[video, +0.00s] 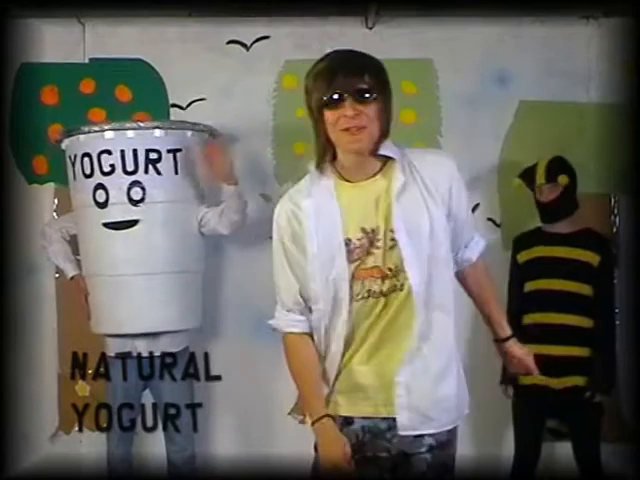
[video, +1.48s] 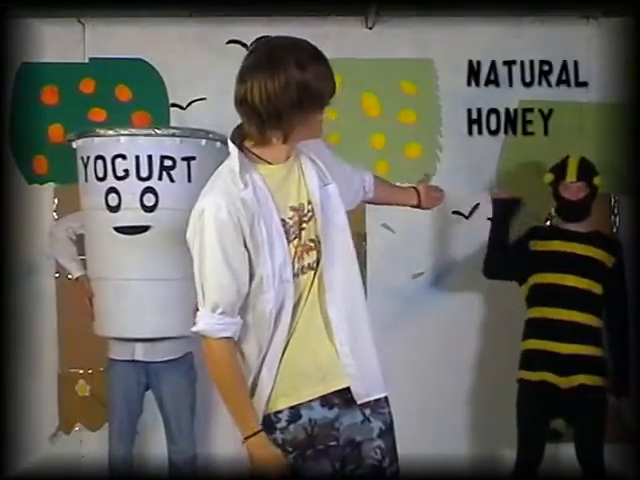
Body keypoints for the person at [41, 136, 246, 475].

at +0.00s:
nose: (136, 193)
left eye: (145, 186)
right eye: (129, 186)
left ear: (159, 187)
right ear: (118, 187)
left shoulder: (178, 214)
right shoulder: (105, 216)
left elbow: (228, 221)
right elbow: (53, 229)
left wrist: (228, 180)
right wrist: (75, 274)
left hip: (172, 342)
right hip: (122, 344)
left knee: (181, 432)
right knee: (121, 432)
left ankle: (184, 477)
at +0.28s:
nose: (134, 188)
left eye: (142, 180)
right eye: (126, 180)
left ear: (159, 183)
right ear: (115, 183)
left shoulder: (176, 211)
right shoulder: (103, 212)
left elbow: (224, 217)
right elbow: (54, 229)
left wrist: (238, 176)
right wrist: (75, 272)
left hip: (170, 341)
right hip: (120, 342)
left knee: (180, 431)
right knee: (120, 432)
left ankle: (183, 478)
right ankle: (117, 479)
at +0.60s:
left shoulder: (179, 218)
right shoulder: (106, 214)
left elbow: (236, 235)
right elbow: (54, 228)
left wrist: (209, 215)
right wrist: (75, 273)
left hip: (172, 337)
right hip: (121, 340)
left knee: (179, 432)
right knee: (120, 429)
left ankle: (183, 477)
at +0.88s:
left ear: (163, 191)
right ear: (121, 193)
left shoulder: (180, 222)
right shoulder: (106, 217)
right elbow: (58, 228)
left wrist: (205, 293)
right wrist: (75, 274)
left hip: (171, 349)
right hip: (120, 351)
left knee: (181, 447)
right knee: (118, 448)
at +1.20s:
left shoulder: (183, 224)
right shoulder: (107, 220)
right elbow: (60, 228)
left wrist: (207, 294)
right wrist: (78, 276)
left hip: (172, 350)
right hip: (121, 351)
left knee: (182, 448)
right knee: (119, 449)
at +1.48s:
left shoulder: (183, 221)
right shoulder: (108, 217)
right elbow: (59, 230)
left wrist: (204, 297)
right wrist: (81, 277)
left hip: (174, 351)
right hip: (123, 352)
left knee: (183, 449)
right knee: (119, 450)